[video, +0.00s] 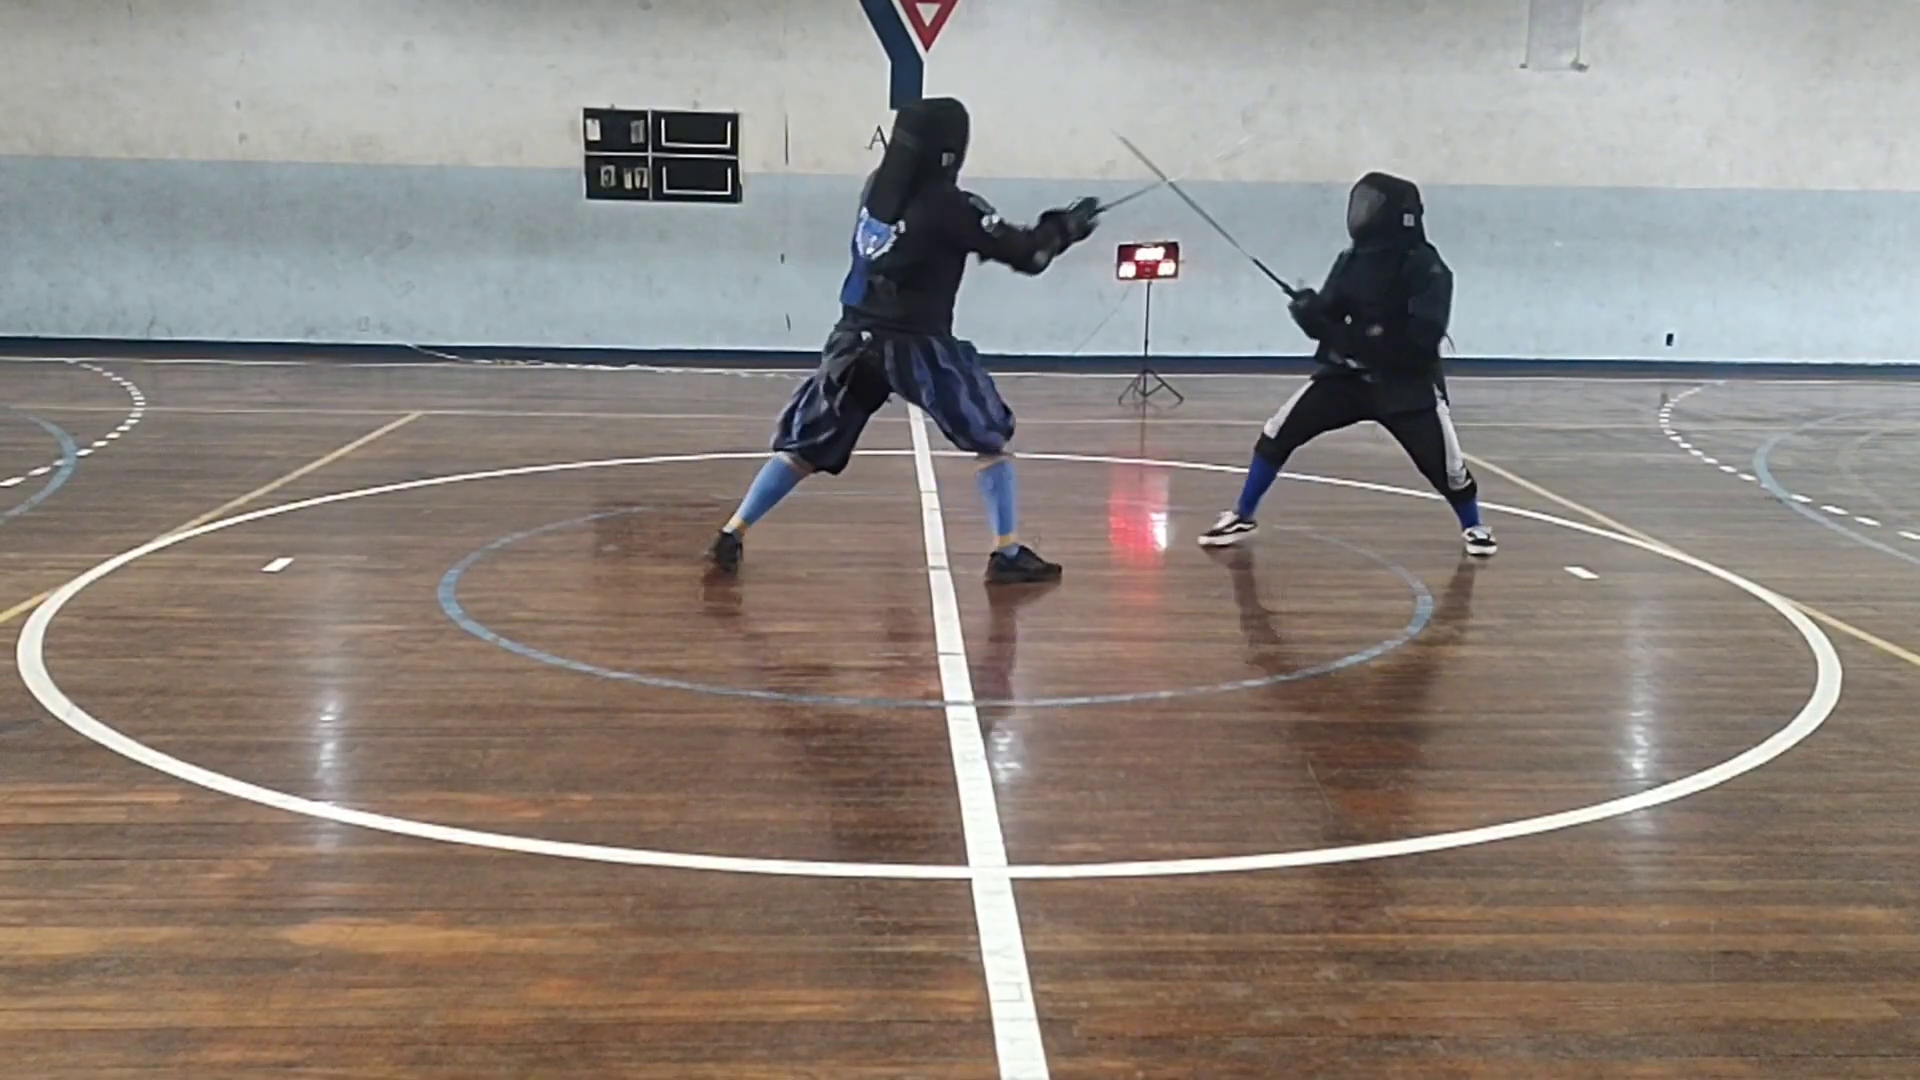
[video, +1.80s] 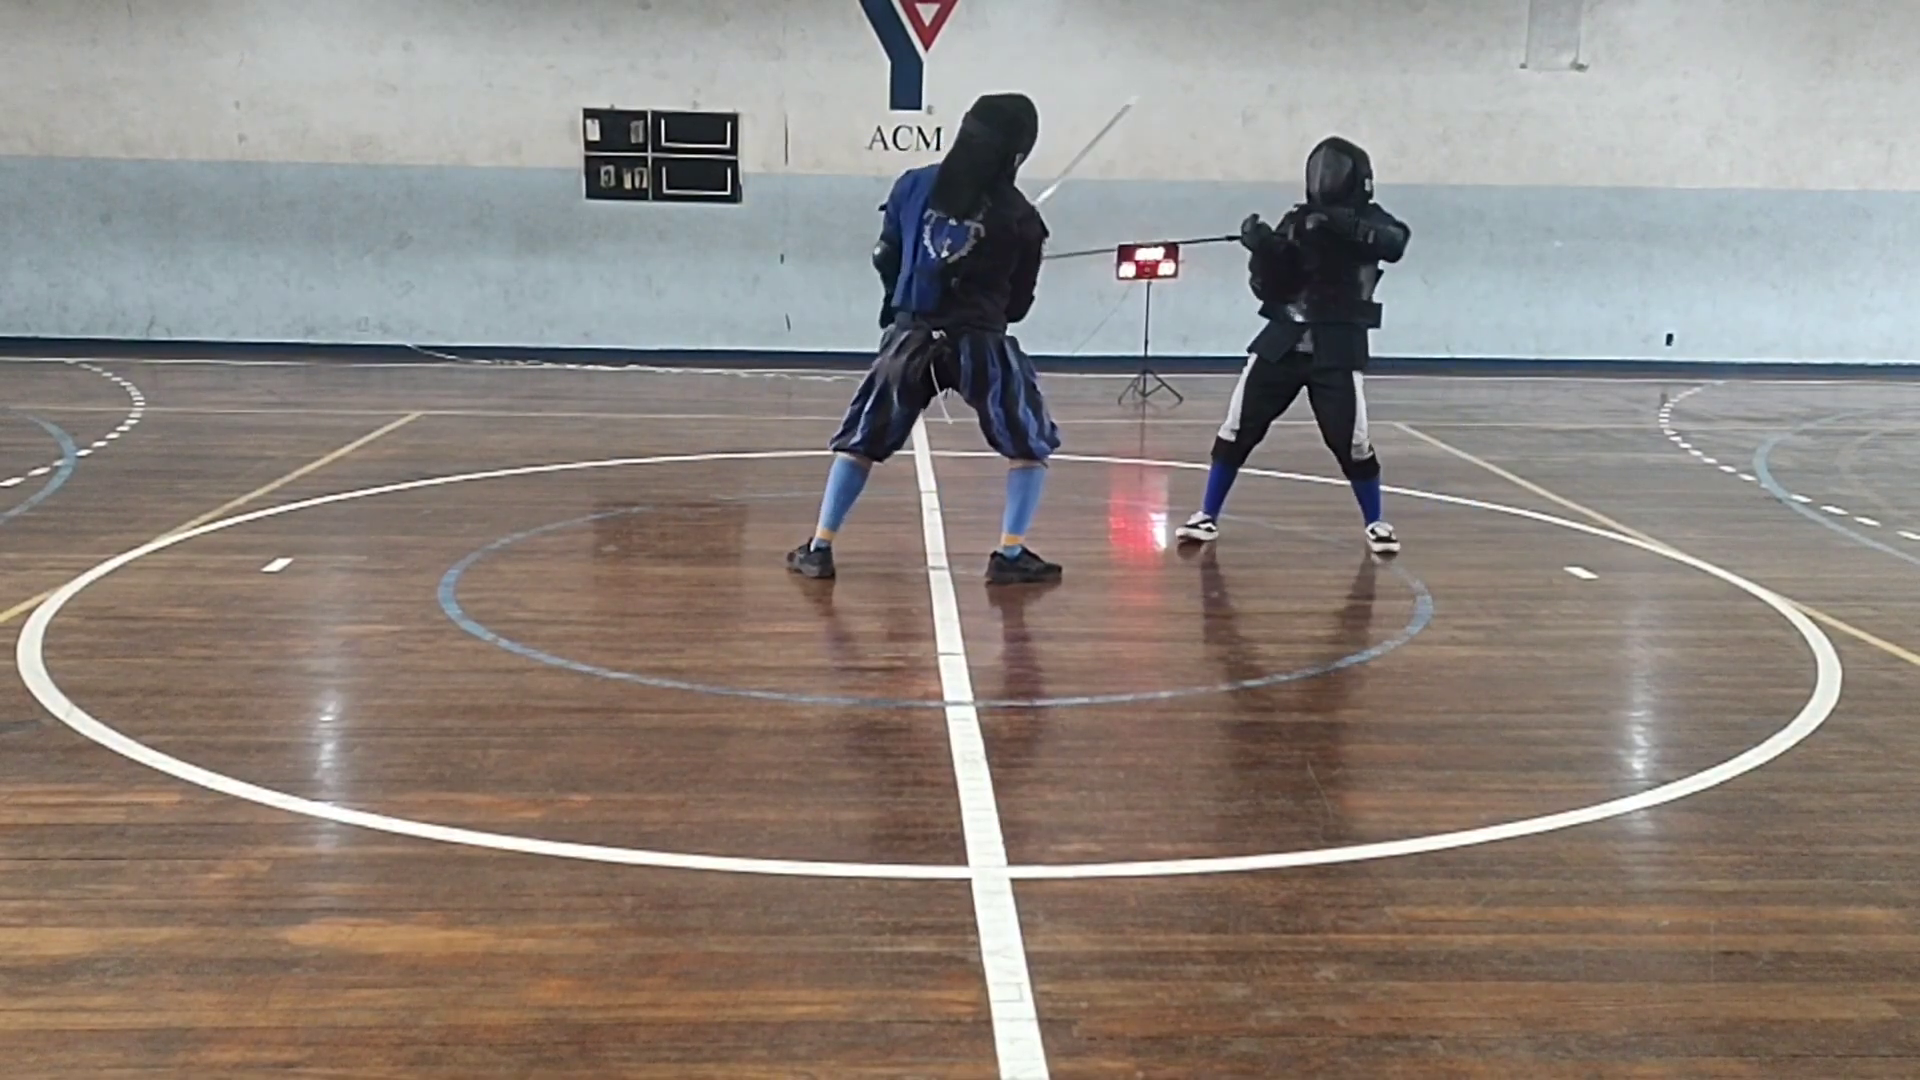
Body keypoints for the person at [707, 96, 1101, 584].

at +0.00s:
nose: (962, 152)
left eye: (958, 143)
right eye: (959, 143)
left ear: (905, 142)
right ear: (948, 151)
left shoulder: (879, 186)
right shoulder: (948, 207)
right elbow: (1025, 252)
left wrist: (982, 222)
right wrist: (1063, 227)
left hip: (855, 336)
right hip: (920, 343)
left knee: (808, 443)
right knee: (991, 435)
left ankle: (732, 532)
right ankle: (1008, 550)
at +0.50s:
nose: (987, 147)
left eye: (988, 141)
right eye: (984, 139)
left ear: (935, 137)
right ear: (972, 148)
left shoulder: (905, 172)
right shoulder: (974, 199)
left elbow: (967, 173)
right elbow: (1046, 212)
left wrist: (1014, 166)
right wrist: (1096, 196)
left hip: (875, 335)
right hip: (938, 341)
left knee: (828, 437)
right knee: (1005, 435)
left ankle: (757, 533)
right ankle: (1010, 552)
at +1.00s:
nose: (1033, 156)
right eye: (1030, 148)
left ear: (974, 128)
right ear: (1016, 151)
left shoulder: (937, 162)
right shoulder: (1014, 202)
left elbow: (981, 100)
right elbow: (1074, 169)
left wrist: (1045, 94)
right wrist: (1113, 126)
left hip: (910, 328)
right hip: (975, 336)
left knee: (869, 434)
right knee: (1025, 441)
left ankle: (806, 537)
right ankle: (1009, 552)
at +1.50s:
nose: (1041, 155)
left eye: (1042, 145)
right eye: (1038, 146)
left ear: (989, 129)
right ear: (1027, 149)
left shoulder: (946, 160)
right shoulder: (1027, 199)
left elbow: (1000, 122)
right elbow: (1084, 196)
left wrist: (1070, 136)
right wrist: (1114, 145)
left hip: (922, 328)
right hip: (989, 337)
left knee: (874, 434)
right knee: (1032, 441)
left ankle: (820, 546)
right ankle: (1010, 553)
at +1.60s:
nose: (1039, 148)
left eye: (1038, 141)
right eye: (1038, 141)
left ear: (983, 126)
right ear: (1028, 144)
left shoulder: (940, 162)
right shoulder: (1026, 194)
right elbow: (1072, 244)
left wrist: (1032, 184)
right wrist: (1081, 195)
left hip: (919, 330)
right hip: (985, 337)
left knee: (873, 434)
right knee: (1030, 441)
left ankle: (820, 545)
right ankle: (1011, 550)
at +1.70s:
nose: (1033, 159)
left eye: (1034, 148)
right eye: (1034, 149)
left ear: (977, 129)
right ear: (1026, 151)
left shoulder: (927, 170)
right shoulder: (1026, 208)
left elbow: (900, 239)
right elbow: (1040, 288)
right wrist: (1038, 236)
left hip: (918, 332)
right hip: (987, 339)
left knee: (873, 434)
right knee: (1031, 440)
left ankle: (819, 546)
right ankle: (1011, 551)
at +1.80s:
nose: (1026, 158)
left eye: (1027, 148)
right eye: (1026, 148)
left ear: (967, 133)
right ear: (1018, 152)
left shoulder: (914, 184)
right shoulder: (1022, 218)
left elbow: (887, 258)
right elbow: (1016, 306)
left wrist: (908, 304)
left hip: (911, 337)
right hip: (981, 343)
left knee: (864, 434)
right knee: (1030, 440)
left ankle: (819, 546)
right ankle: (1011, 552)